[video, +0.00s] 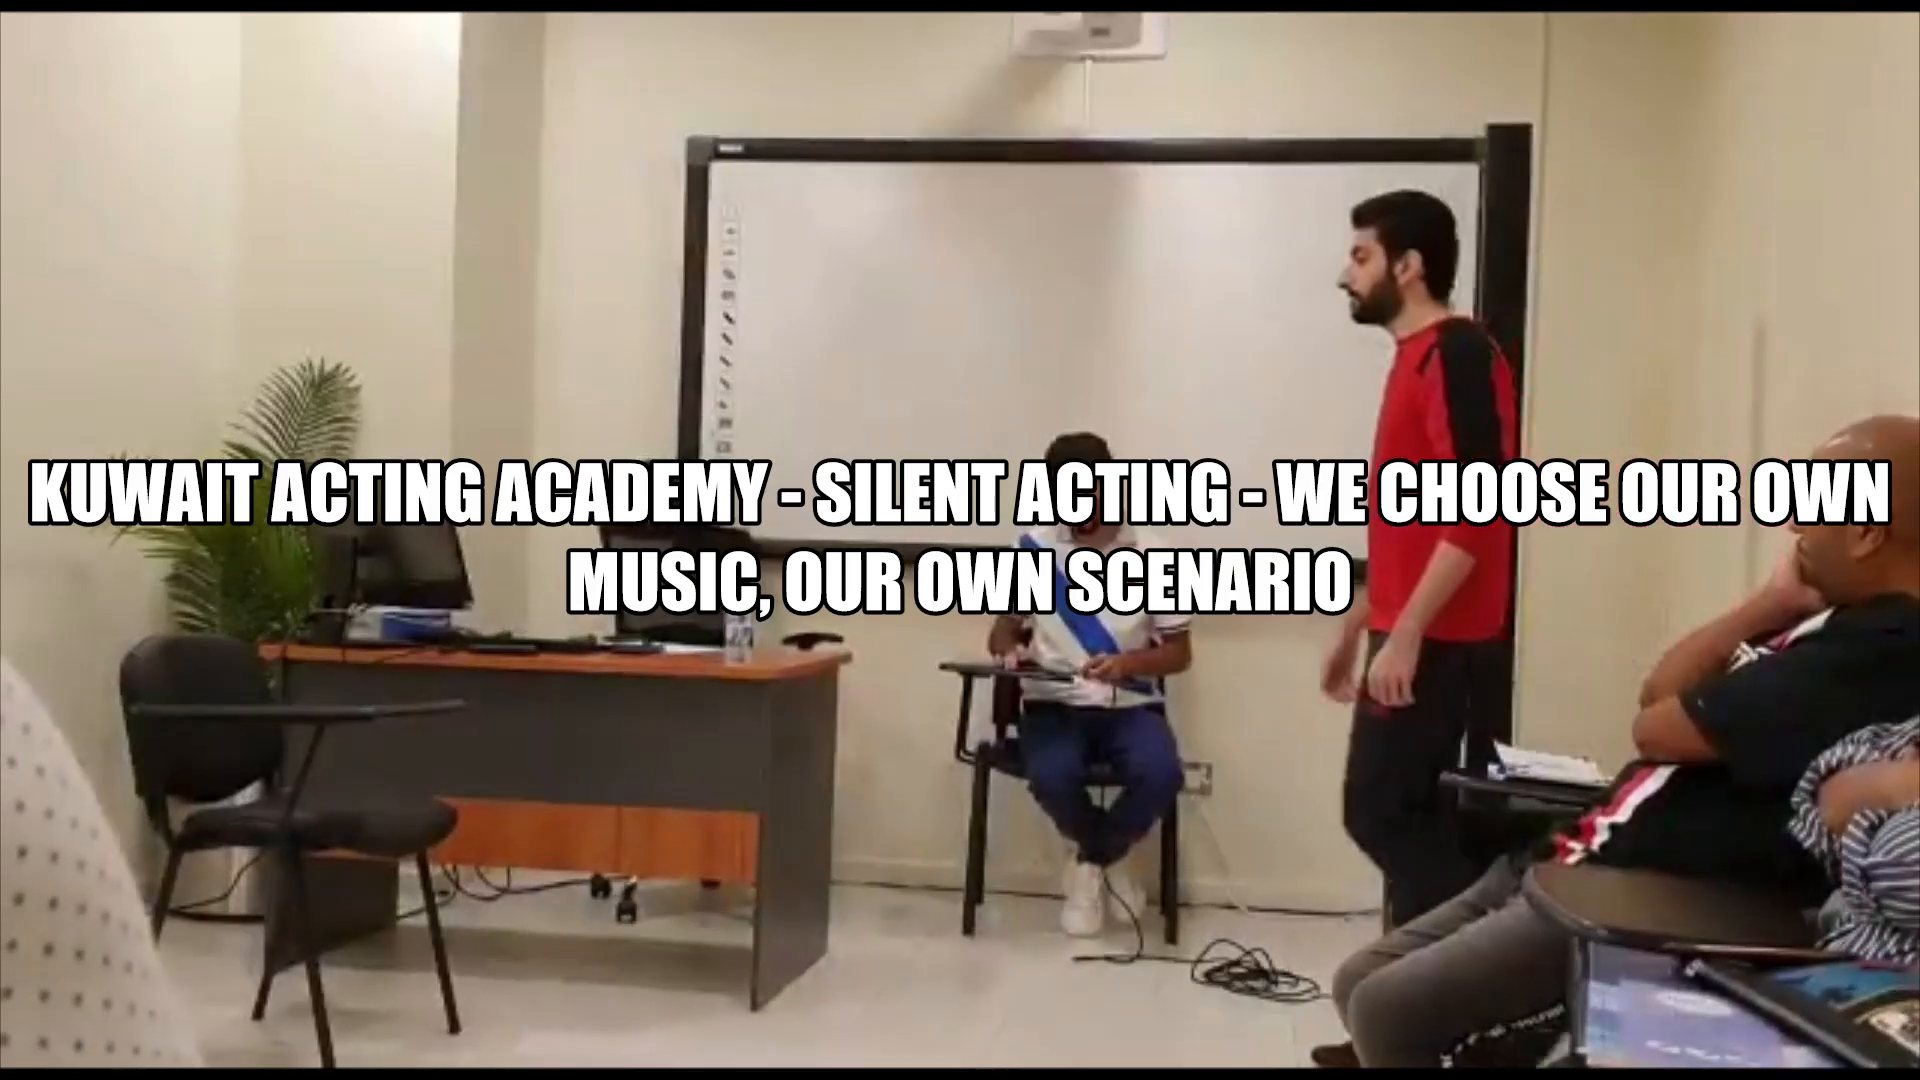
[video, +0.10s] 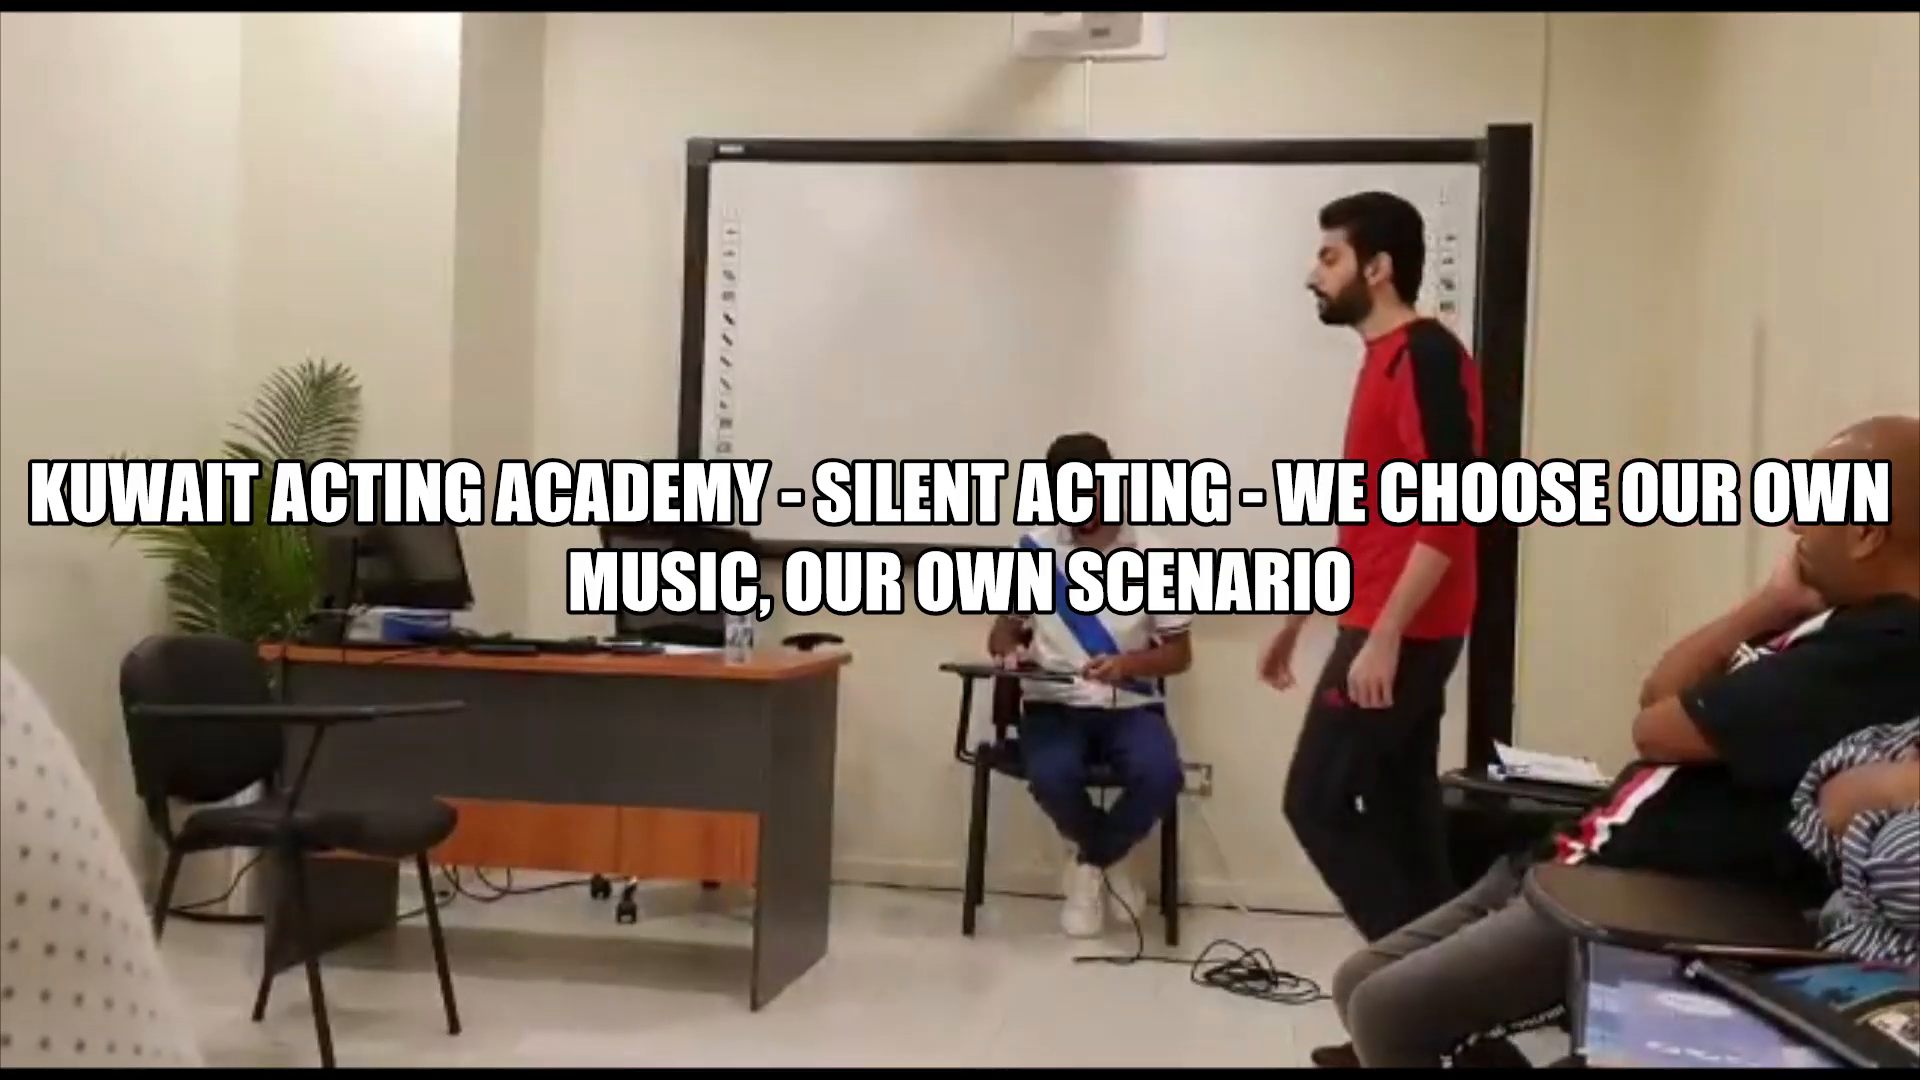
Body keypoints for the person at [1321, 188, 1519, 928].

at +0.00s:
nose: (1346, 273)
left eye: (1359, 256)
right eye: (1350, 255)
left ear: (1408, 265)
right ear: (1403, 266)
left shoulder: (1459, 353)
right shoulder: (1415, 357)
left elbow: (1474, 517)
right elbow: (1399, 520)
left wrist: (1407, 637)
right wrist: (1358, 626)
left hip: (1448, 643)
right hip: (1417, 640)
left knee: (1387, 815)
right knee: (1400, 815)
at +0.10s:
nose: (1315, 273)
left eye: (1329, 256)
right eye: (1318, 256)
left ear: (1379, 266)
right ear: (1376, 268)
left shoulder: (1427, 353)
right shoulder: (1384, 359)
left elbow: (1451, 514)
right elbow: (1364, 517)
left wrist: (1386, 633)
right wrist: (1300, 615)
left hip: (1402, 629)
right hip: (1387, 625)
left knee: (1315, 804)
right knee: (1403, 811)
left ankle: (1420, 967)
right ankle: (1445, 979)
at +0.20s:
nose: (1281, 275)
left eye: (1296, 260)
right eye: (1284, 260)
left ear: (1346, 271)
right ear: (1338, 273)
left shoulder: (1392, 359)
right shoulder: (1346, 363)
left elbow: (1415, 524)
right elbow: (1333, 520)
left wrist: (1362, 644)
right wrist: (1256, 610)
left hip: (1362, 633)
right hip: (1358, 628)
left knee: (1273, 810)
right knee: (1389, 826)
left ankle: (1298, 1022)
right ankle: (1429, 1020)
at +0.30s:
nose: (1239, 283)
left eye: (1255, 267)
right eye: (1243, 267)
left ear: (1308, 279)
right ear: (1299, 280)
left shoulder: (1352, 369)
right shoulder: (1307, 368)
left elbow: (1389, 518)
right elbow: (1299, 522)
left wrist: (1337, 651)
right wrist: (1223, 608)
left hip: (1324, 646)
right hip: (1318, 640)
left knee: (1245, 832)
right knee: (1376, 844)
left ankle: (1172, 1025)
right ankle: (1436, 1023)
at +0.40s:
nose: (1192, 290)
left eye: (1208, 276)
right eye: (1197, 275)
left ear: (1260, 289)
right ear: (1251, 291)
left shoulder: (1301, 379)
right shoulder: (1259, 379)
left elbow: (1338, 529)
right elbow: (1255, 529)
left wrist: (1299, 669)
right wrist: (1204, 631)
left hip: (1275, 654)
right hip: (1277, 653)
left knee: (1196, 838)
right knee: (1346, 841)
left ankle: (1129, 1025)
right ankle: (1437, 1010)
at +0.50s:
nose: (1145, 289)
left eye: (1158, 272)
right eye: (1146, 272)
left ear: (1210, 277)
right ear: (1206, 280)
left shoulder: (1258, 369)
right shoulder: (1216, 368)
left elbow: (1288, 531)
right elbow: (1221, 529)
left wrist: (1253, 671)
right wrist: (1170, 646)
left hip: (1235, 646)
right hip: (1224, 640)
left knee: (1160, 822)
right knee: (1289, 815)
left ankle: (1128, 1023)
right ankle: (1399, 987)